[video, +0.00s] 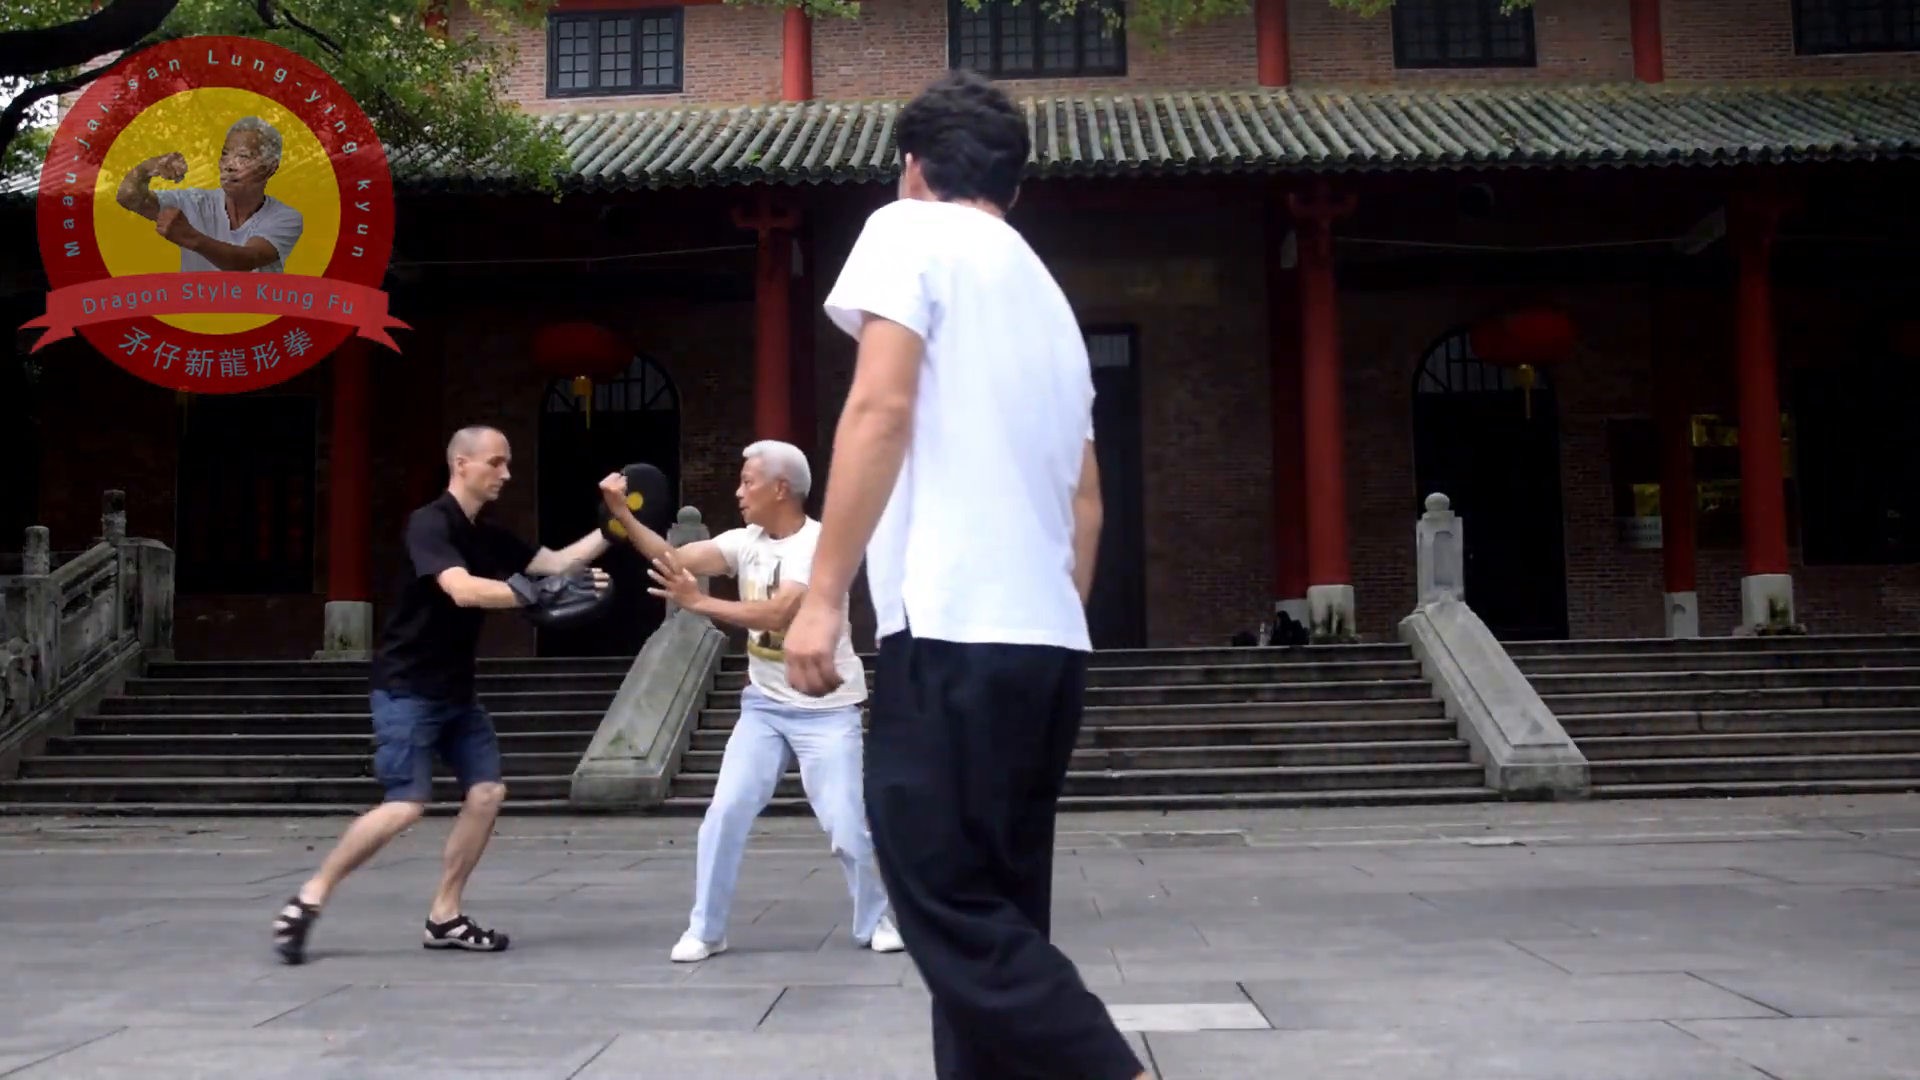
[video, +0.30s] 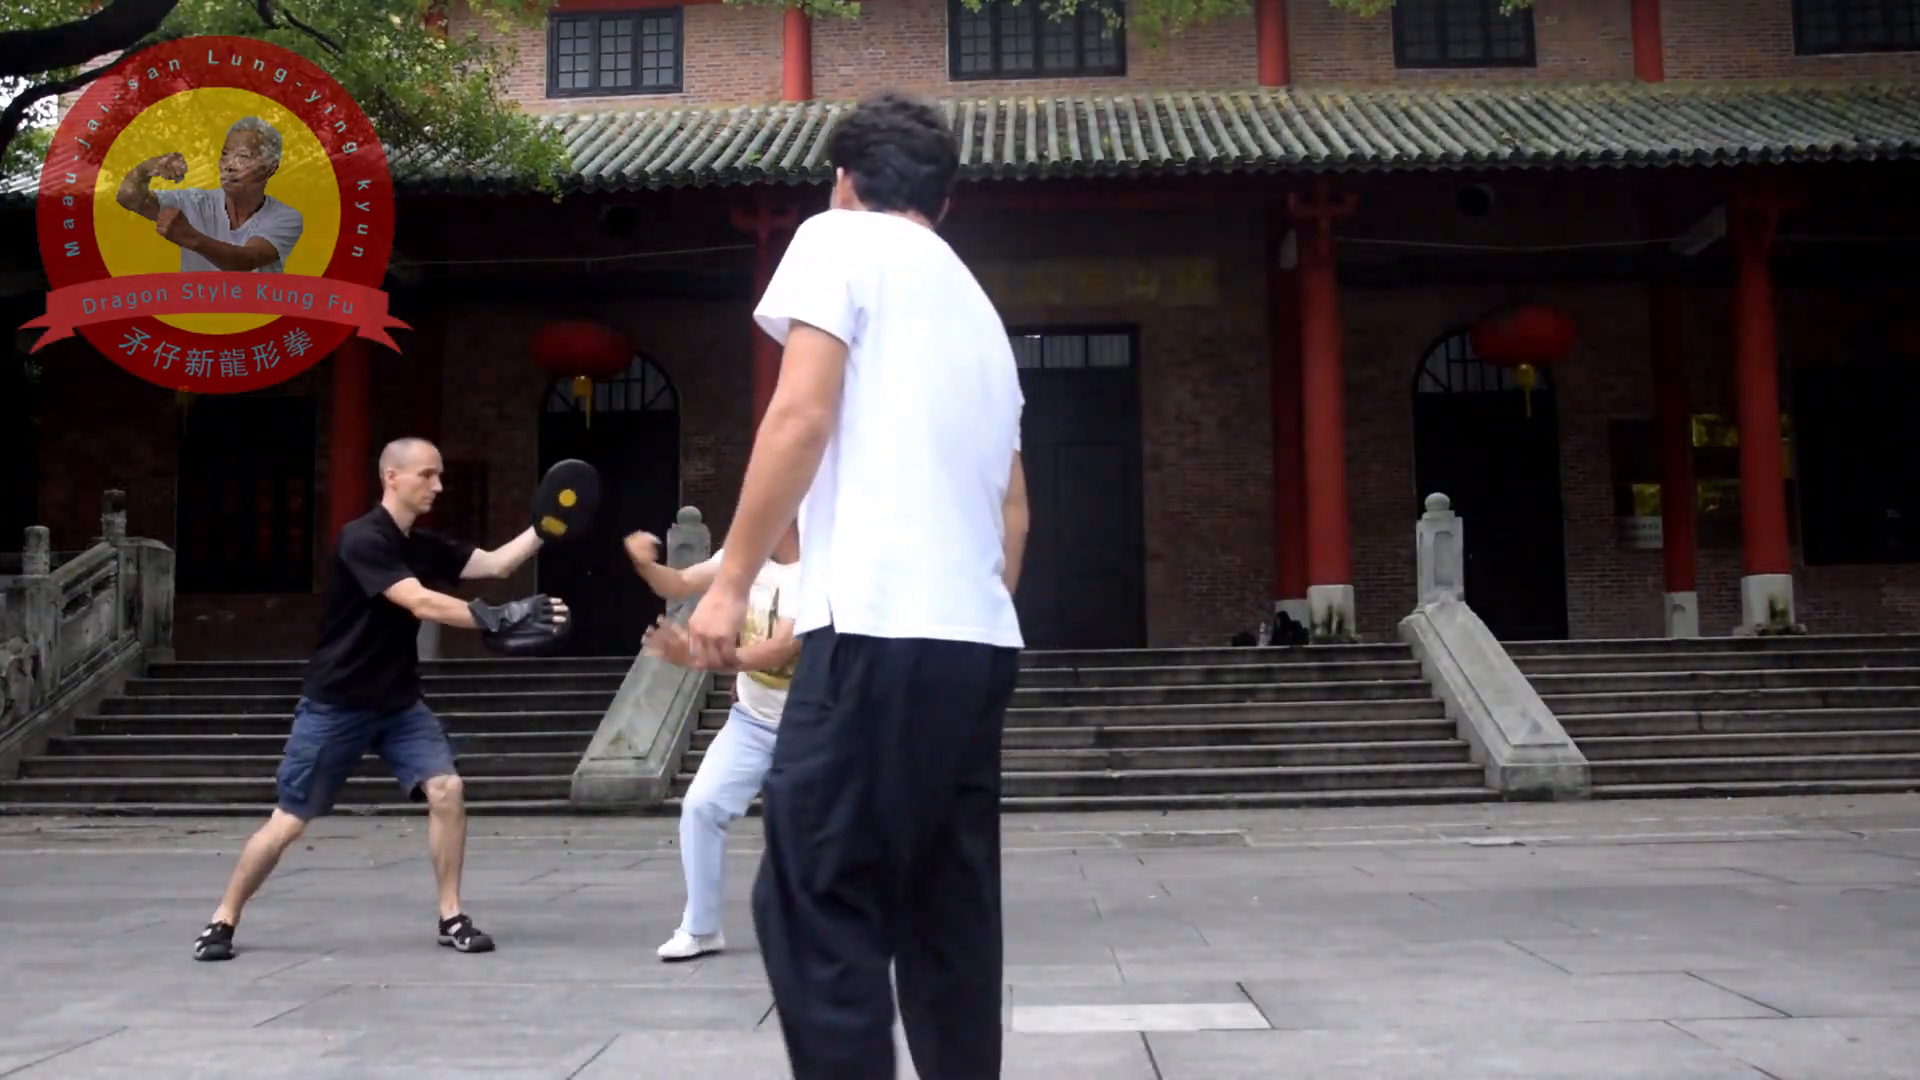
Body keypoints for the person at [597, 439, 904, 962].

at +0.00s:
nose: (739, 490)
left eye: (747, 481)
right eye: (740, 480)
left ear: (781, 489)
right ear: (768, 488)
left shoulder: (820, 543)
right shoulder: (746, 541)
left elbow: (777, 615)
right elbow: (675, 559)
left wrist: (698, 601)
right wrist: (621, 513)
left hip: (829, 713)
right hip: (764, 709)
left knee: (848, 833)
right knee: (727, 808)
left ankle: (877, 920)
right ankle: (705, 931)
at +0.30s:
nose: (764, 517)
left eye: (774, 506)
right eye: (760, 507)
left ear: (795, 511)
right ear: (752, 513)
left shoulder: (819, 574)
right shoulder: (743, 556)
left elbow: (779, 653)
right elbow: (680, 584)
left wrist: (694, 653)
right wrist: (646, 563)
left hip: (808, 729)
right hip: (751, 723)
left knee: (817, 832)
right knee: (701, 807)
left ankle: (820, 949)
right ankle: (701, 927)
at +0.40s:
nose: (742, 532)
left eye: (755, 524)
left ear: (778, 534)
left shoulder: (789, 596)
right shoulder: (735, 580)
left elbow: (745, 665)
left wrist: (672, 697)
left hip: (788, 728)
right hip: (731, 724)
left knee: (833, 819)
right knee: (657, 798)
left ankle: (866, 918)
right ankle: (641, 921)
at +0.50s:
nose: (677, 530)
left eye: (688, 519)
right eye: (675, 519)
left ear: (721, 523)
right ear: (675, 521)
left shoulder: (757, 580)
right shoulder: (677, 563)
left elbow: (716, 658)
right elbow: (690, 584)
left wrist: (631, 676)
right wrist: (758, 561)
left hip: (759, 737)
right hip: (698, 732)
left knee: (822, 836)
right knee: (614, 803)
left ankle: (876, 932)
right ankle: (549, 919)